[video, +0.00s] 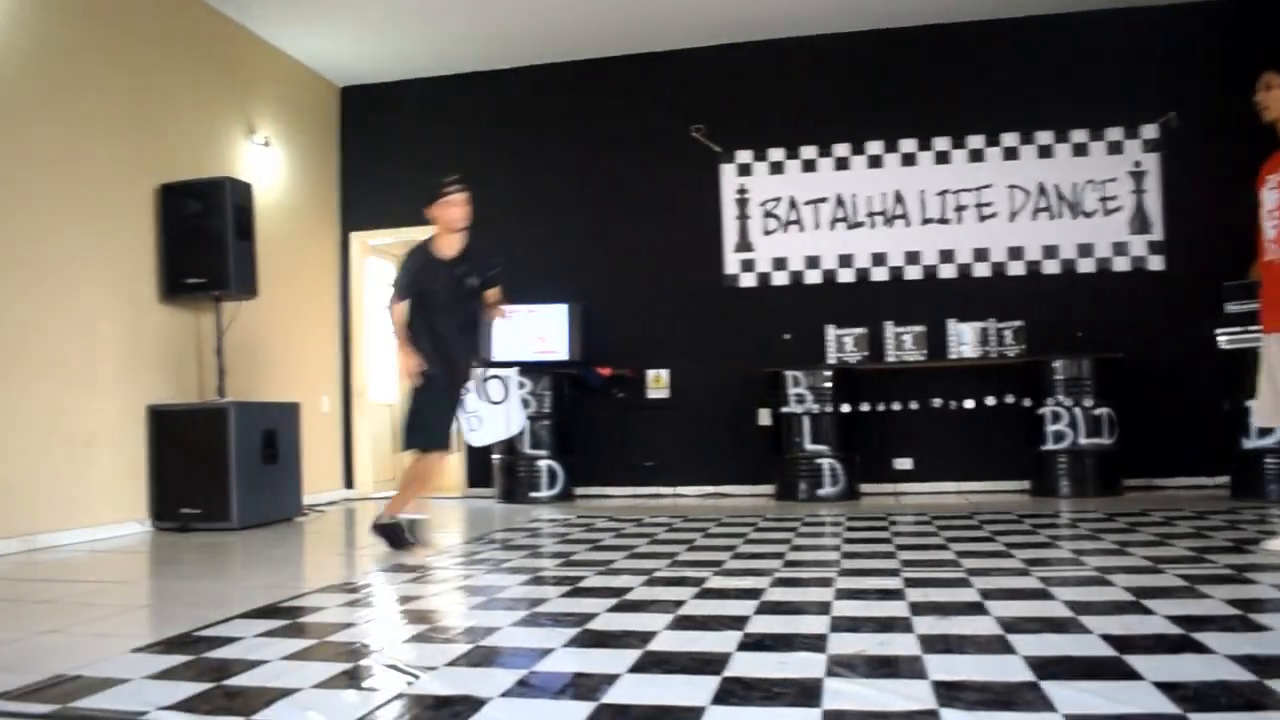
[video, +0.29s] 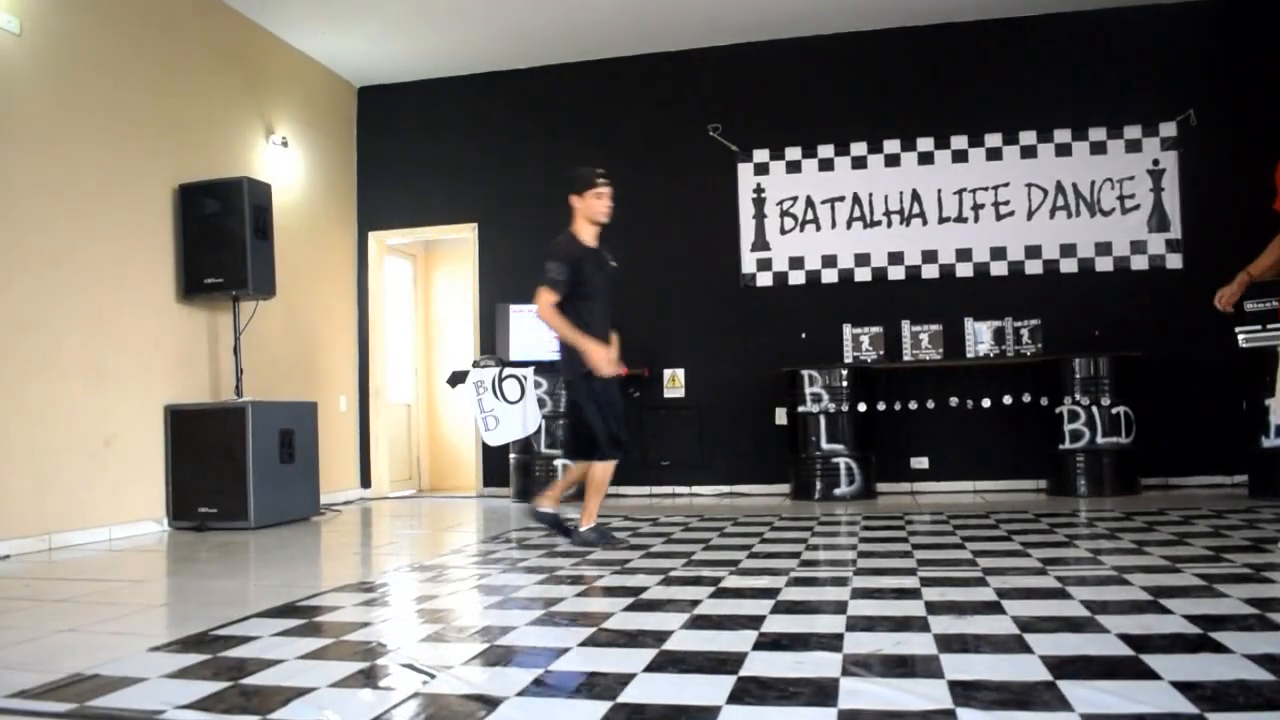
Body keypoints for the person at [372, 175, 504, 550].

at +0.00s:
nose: (461, 211)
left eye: (464, 203)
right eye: (451, 204)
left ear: (471, 209)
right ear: (433, 213)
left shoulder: (479, 256)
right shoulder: (418, 258)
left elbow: (492, 303)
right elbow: (398, 306)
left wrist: (500, 315)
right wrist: (405, 348)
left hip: (460, 357)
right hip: (427, 356)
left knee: (434, 443)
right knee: (431, 443)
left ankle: (392, 515)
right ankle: (397, 514)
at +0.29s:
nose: (606, 204)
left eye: (609, 197)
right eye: (597, 197)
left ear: (610, 202)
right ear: (575, 202)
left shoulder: (602, 254)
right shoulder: (564, 250)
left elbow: (602, 310)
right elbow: (544, 305)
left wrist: (612, 347)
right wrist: (589, 347)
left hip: (599, 361)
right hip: (580, 363)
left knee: (597, 448)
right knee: (609, 445)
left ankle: (546, 502)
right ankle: (587, 526)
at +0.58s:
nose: (708, 195)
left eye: (710, 188)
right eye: (699, 188)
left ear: (708, 192)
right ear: (676, 191)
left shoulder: (702, 240)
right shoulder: (672, 237)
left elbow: (702, 299)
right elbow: (666, 300)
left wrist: (728, 313)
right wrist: (716, 328)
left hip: (724, 353)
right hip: (698, 356)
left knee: (752, 433)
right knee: (700, 440)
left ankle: (763, 523)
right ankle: (627, 498)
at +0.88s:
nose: (772, 178)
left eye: (776, 171)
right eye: (763, 172)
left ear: (781, 174)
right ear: (745, 176)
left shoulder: (796, 218)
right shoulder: (733, 231)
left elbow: (814, 269)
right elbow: (722, 292)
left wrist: (833, 290)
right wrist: (746, 327)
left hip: (813, 335)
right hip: (775, 341)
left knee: (809, 424)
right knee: (812, 422)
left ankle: (777, 507)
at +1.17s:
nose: (755, 168)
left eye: (761, 160)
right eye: (746, 162)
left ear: (772, 165)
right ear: (735, 170)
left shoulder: (799, 211)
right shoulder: (727, 226)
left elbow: (816, 263)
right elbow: (722, 285)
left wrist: (814, 289)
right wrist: (741, 327)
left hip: (809, 334)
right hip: (768, 340)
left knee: (827, 426)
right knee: (791, 430)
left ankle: (815, 497)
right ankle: (812, 517)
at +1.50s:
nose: (716, 182)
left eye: (724, 174)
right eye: (709, 175)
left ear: (740, 179)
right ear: (703, 184)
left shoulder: (766, 232)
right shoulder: (695, 243)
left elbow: (789, 293)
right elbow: (691, 306)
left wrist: (765, 318)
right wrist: (694, 349)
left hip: (768, 359)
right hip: (720, 364)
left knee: (776, 444)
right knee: (717, 450)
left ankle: (798, 529)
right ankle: (731, 526)